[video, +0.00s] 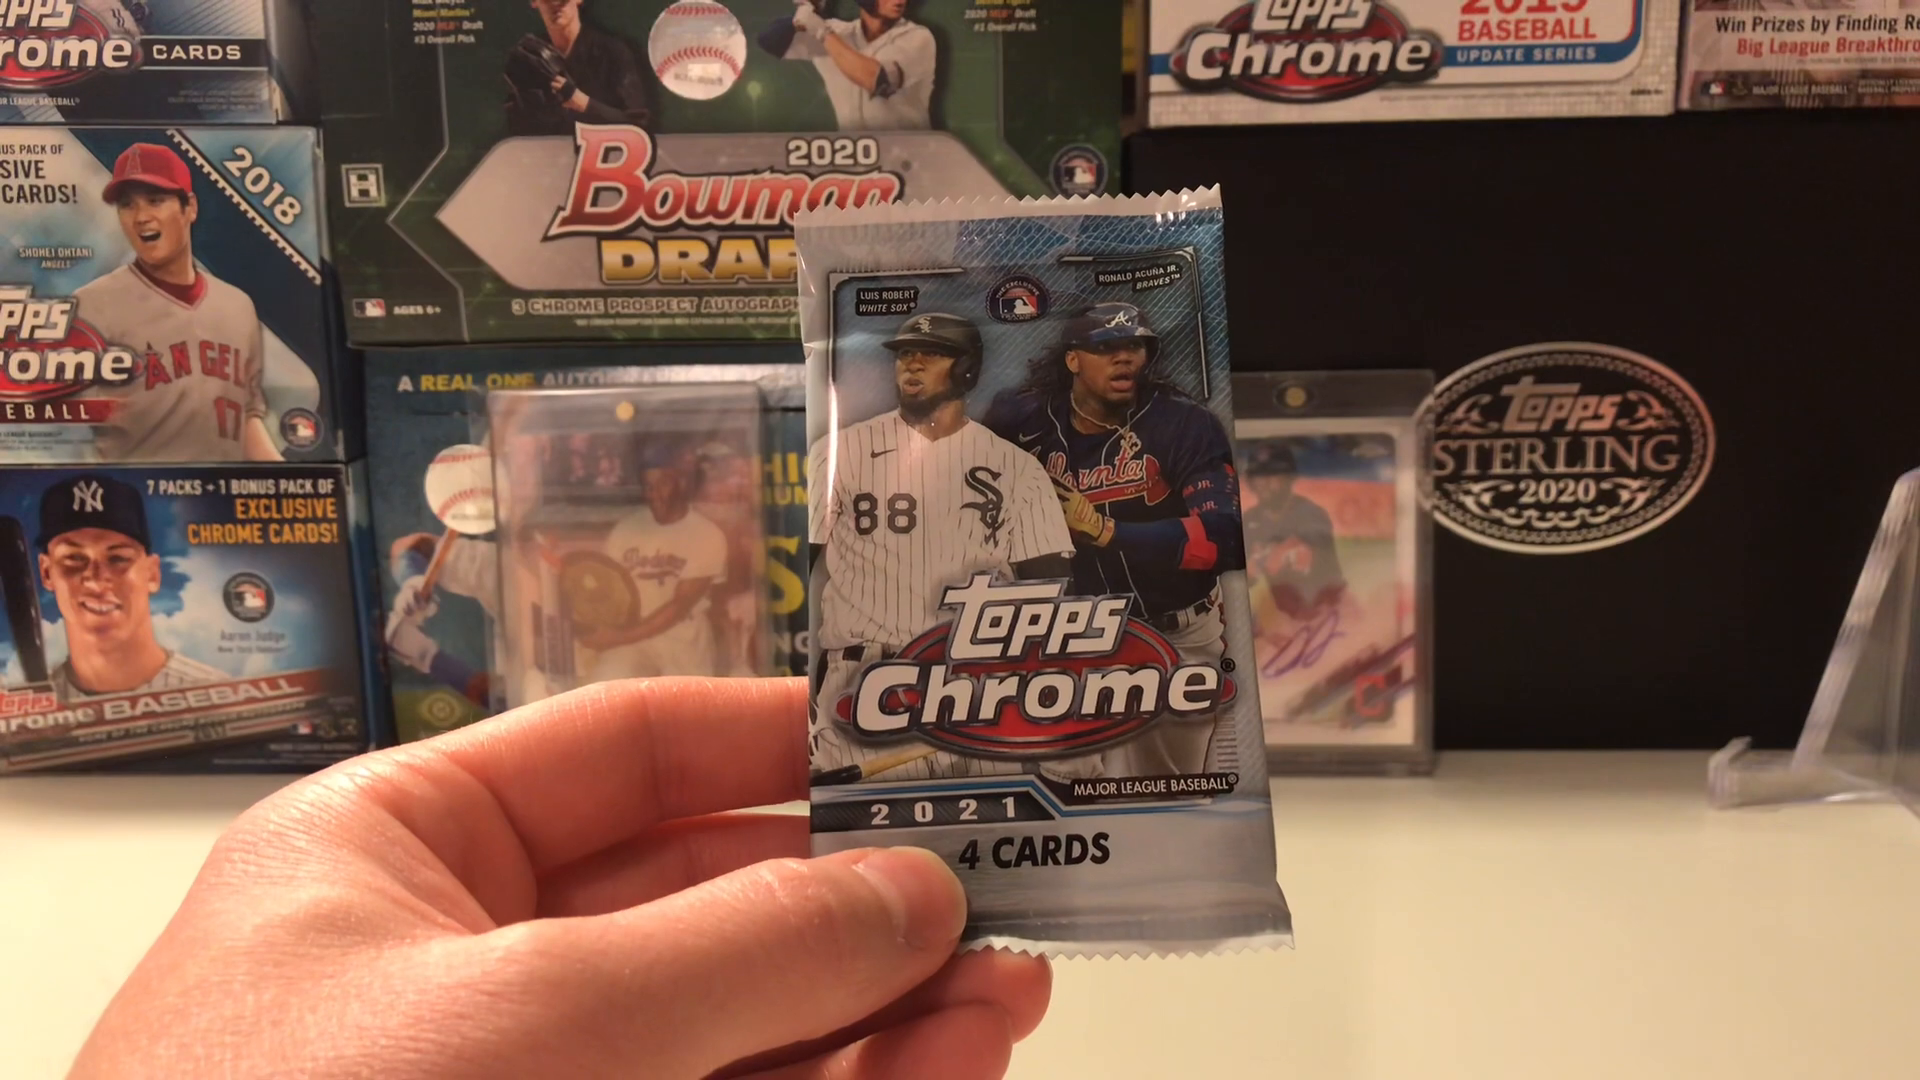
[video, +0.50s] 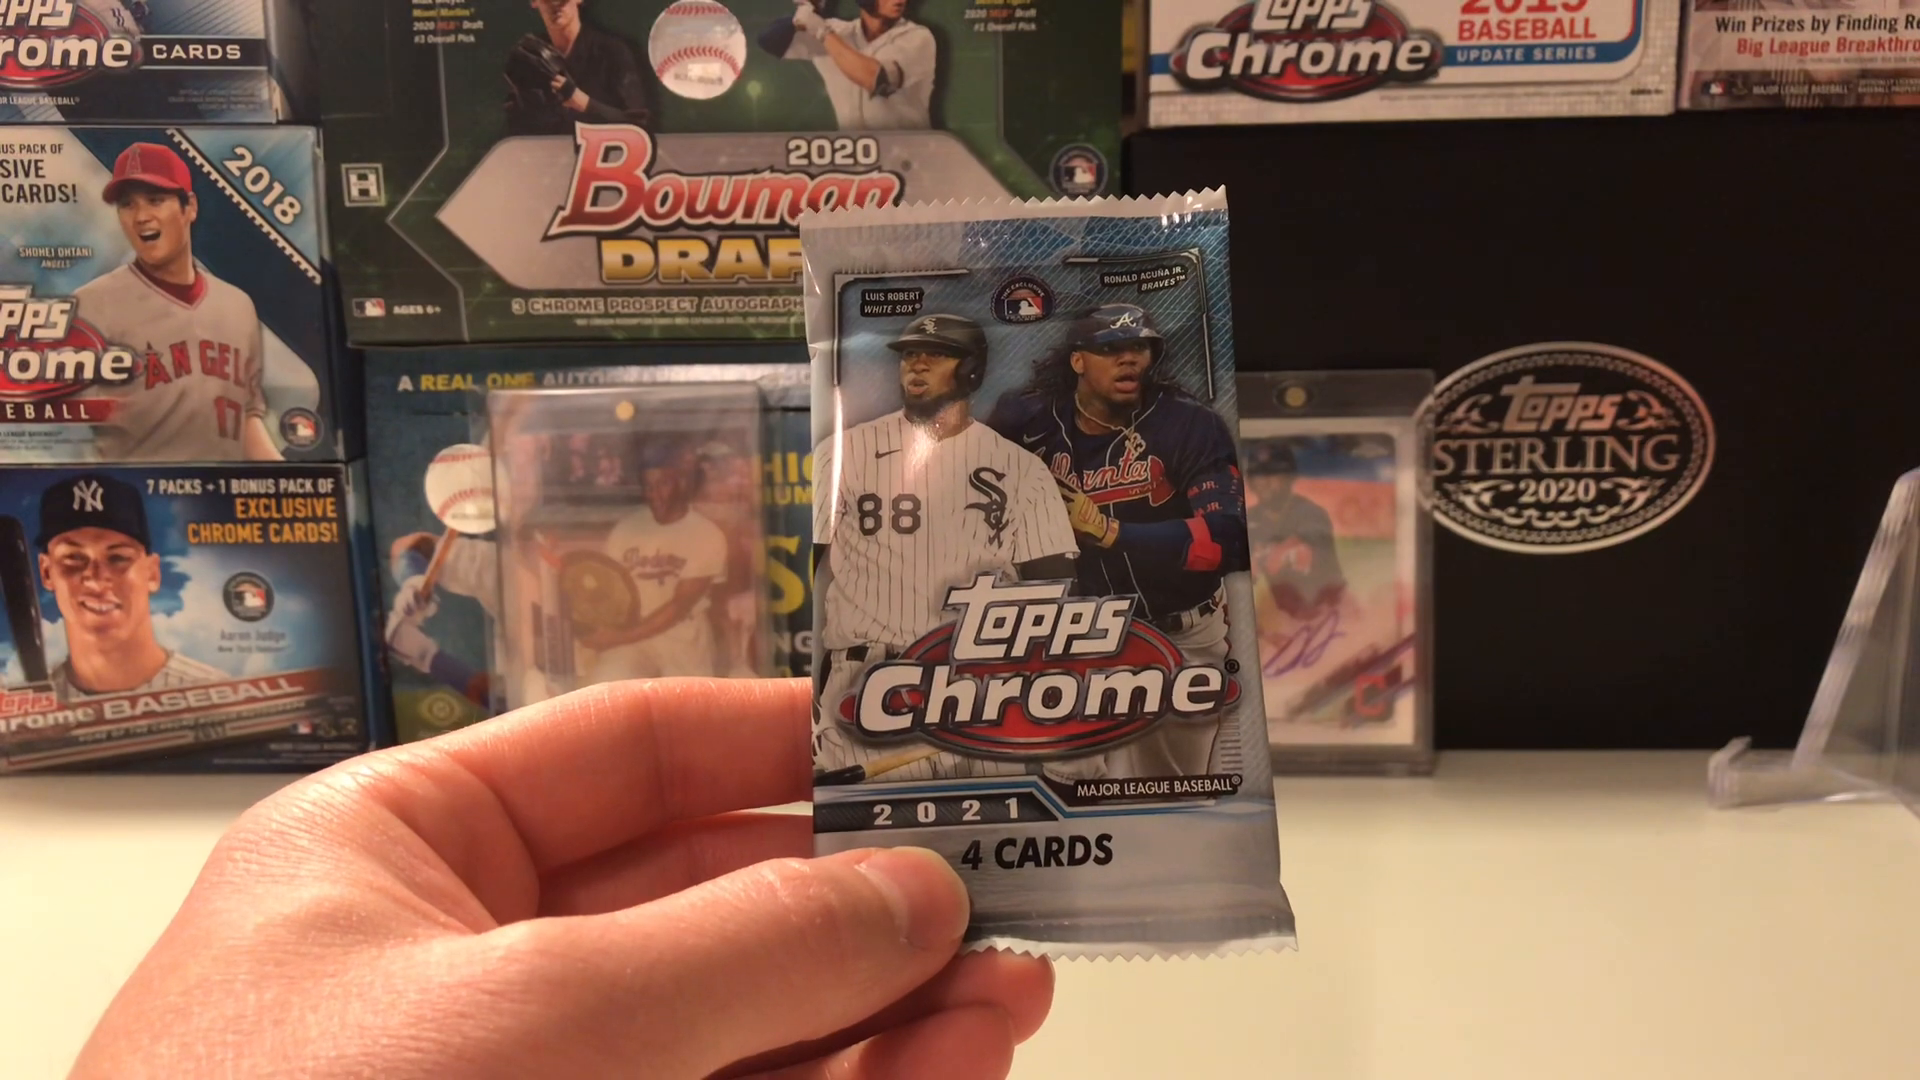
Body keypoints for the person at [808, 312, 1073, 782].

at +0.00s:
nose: (911, 365)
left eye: (929, 354)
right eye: (904, 354)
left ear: (965, 369)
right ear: (894, 364)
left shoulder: (1016, 471)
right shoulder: (838, 455)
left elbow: (1047, 594)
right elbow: (787, 569)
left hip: (972, 694)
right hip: (854, 691)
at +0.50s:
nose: (916, 366)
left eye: (933, 356)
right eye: (909, 355)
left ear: (968, 370)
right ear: (899, 365)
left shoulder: (1020, 471)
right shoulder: (840, 456)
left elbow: (1051, 594)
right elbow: (812, 571)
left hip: (975, 694)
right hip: (856, 692)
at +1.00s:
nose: (932, 369)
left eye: (950, 358)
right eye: (925, 357)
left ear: (985, 373)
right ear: (915, 367)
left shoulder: (1037, 475)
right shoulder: (856, 459)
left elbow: (1066, 597)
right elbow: (827, 575)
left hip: (992, 699)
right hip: (873, 697)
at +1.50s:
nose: (968, 373)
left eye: (986, 363)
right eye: (961, 362)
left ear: (1020, 378)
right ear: (951, 372)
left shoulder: (1076, 481)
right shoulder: (892, 465)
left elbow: (1110, 603)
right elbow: (849, 586)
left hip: (1033, 710)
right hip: (912, 709)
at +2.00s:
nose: (984, 364)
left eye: (1002, 353)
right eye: (977, 353)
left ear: (1040, 370)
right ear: (966, 363)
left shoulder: (1096, 478)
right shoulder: (904, 462)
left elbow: (1128, 612)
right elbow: (856, 587)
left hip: (1052, 717)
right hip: (927, 715)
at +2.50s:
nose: (1018, 373)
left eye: (1036, 363)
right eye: (1011, 361)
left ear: (1072, 380)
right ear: (999, 370)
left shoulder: (1126, 489)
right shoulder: (939, 464)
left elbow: (1156, 620)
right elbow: (911, 598)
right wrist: (903, 719)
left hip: (1079, 722)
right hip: (956, 717)